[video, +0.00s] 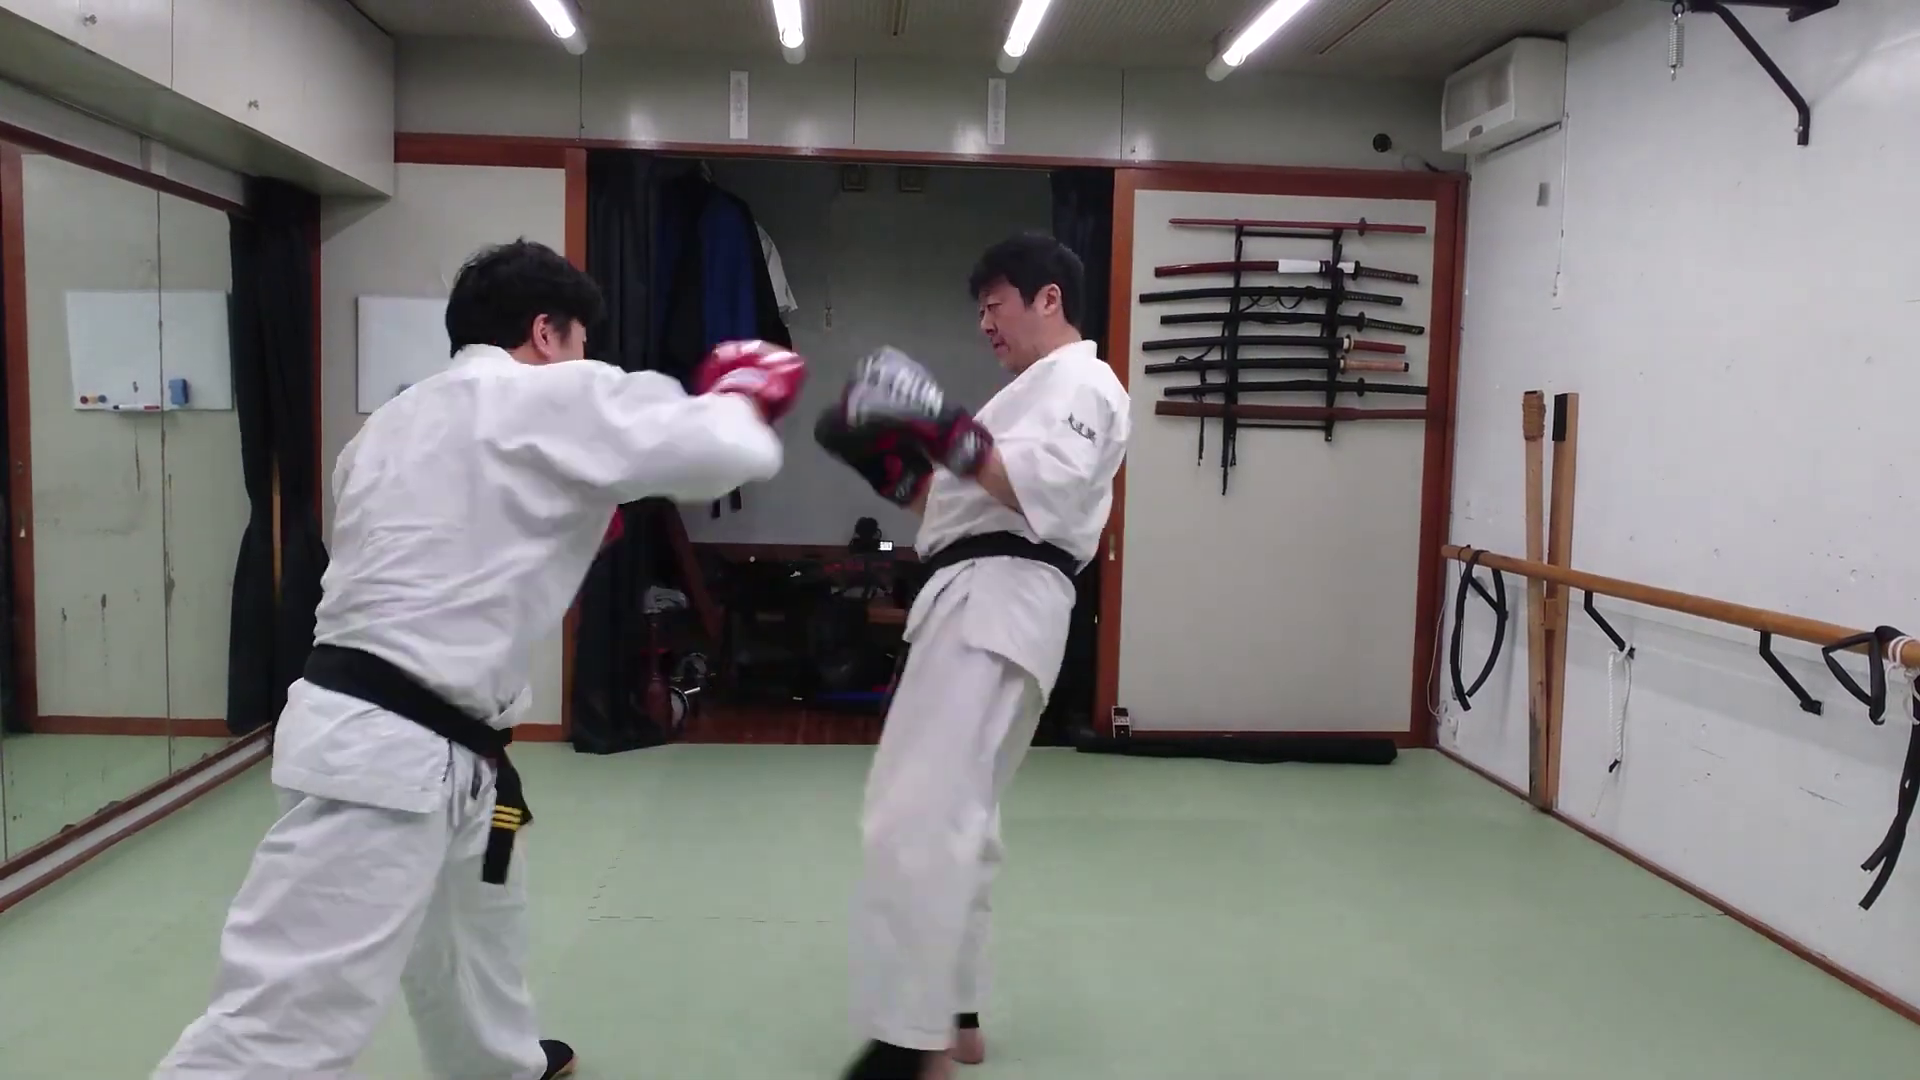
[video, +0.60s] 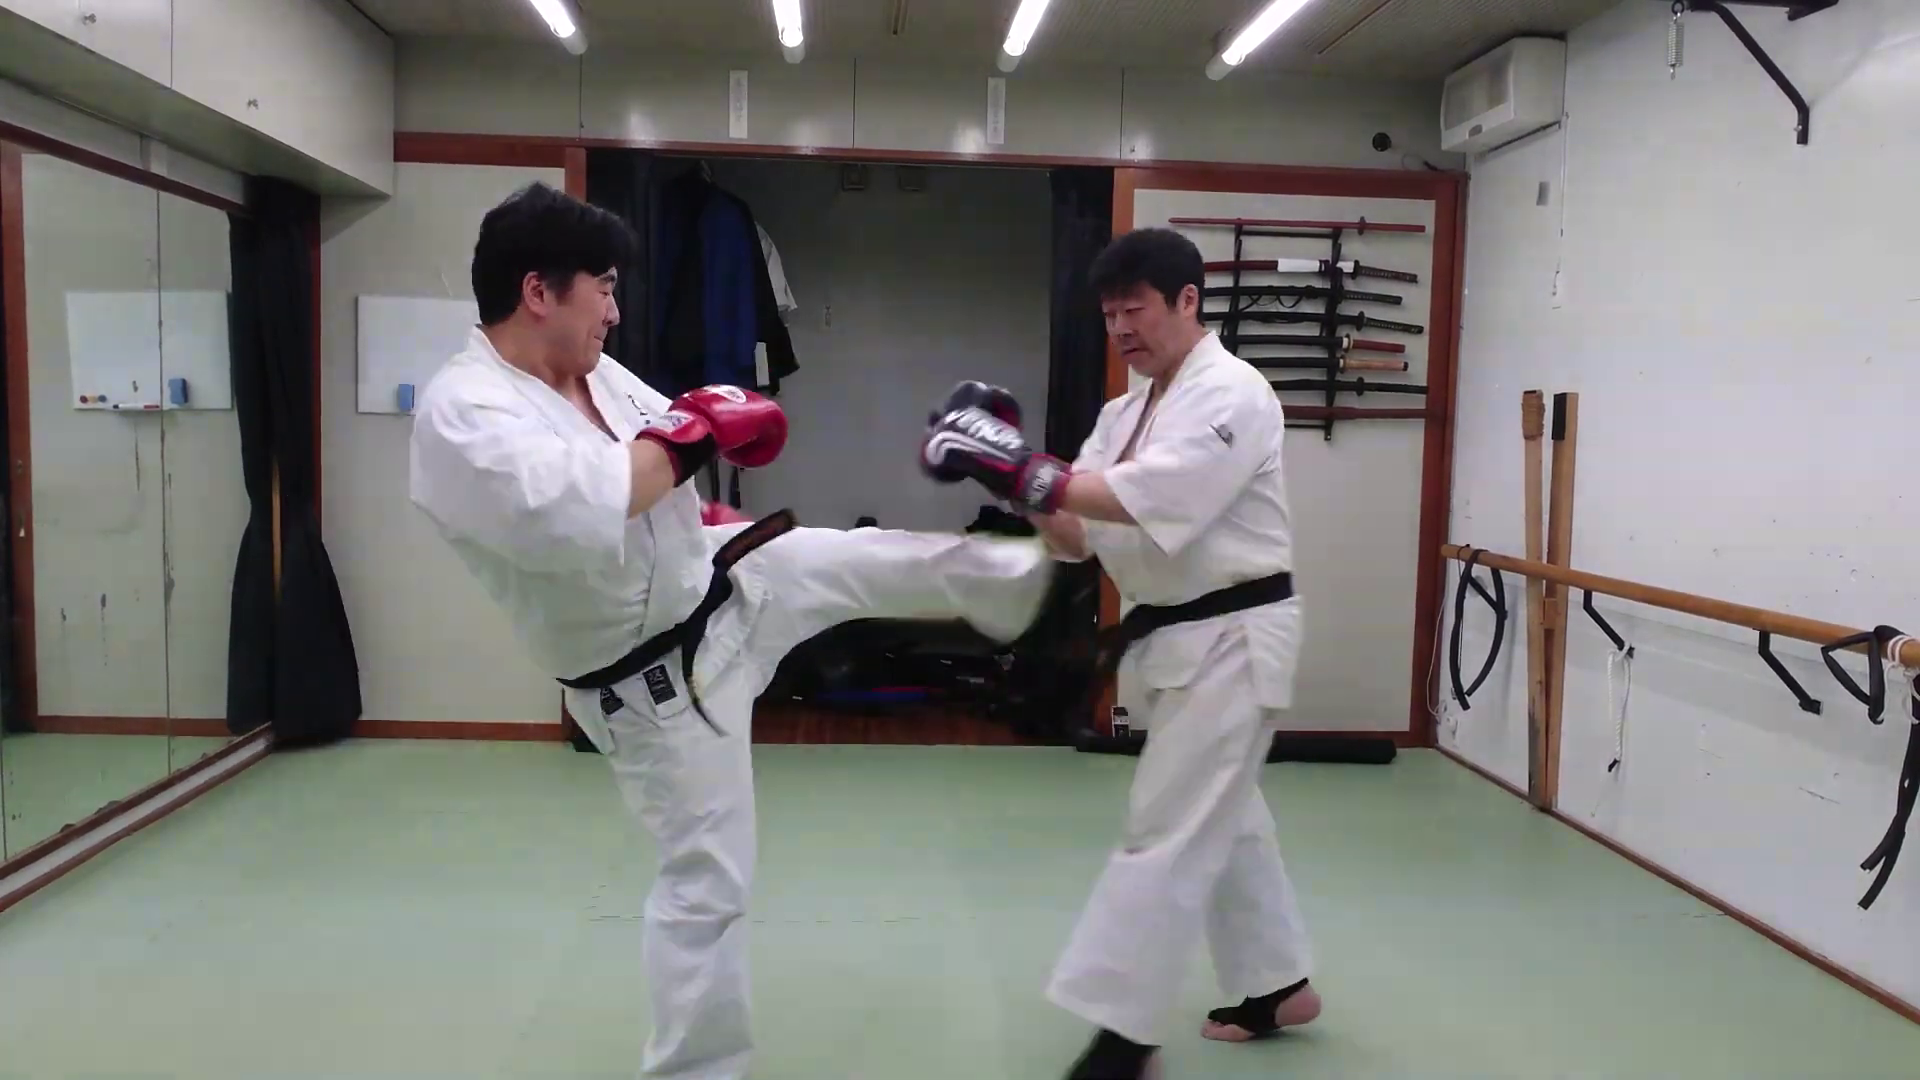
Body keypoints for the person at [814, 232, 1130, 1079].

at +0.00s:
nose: (987, 327)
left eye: (996, 306)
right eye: (983, 312)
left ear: (1048, 299)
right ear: (1042, 307)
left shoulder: (1080, 377)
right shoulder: (1035, 392)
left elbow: (1045, 484)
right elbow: (971, 509)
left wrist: (946, 431)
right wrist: (898, 472)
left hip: (998, 593)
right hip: (982, 592)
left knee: (914, 807)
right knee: (957, 811)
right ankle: (953, 1016)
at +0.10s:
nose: (988, 327)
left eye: (995, 309)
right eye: (984, 314)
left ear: (1044, 296)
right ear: (1043, 299)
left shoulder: (1075, 366)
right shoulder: (1030, 379)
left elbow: (953, 391)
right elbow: (932, 465)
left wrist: (897, 329)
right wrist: (882, 385)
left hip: (1038, 622)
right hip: (1001, 621)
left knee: (993, 828)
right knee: (947, 808)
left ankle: (1025, 1046)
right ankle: (953, 1003)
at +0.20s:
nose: (1005, 333)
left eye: (1012, 311)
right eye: (1001, 316)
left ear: (1060, 292)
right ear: (1063, 296)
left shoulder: (1085, 368)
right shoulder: (1068, 362)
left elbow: (926, 407)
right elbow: (953, 384)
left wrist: (833, 344)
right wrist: (888, 317)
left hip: (1068, 637)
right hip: (1015, 633)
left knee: (1024, 847)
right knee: (958, 813)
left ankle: (1023, 1051)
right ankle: (994, 981)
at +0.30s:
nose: (1028, 317)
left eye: (1036, 298)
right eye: (1026, 300)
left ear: (1090, 289)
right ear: (1090, 292)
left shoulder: (1105, 372)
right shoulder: (1073, 363)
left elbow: (976, 448)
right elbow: (967, 372)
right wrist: (927, 277)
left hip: (1082, 628)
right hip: (1032, 622)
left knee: (1044, 849)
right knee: (1020, 816)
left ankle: (1024, 1055)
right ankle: (1126, 949)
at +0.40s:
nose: (1053, 316)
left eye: (1066, 298)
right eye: (1052, 301)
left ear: (1121, 297)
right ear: (1113, 299)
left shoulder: (1139, 390)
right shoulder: (1093, 381)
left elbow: (1080, 524)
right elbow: (979, 379)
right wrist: (952, 287)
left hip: (1104, 640)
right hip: (1091, 632)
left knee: (1053, 857)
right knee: (1131, 825)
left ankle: (1026, 1055)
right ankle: (1235, 962)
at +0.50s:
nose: (1085, 328)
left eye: (1094, 309)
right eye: (1080, 313)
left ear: (1152, 298)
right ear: (1140, 304)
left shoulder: (1199, 395)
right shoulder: (1107, 387)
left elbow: (1193, 536)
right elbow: (998, 431)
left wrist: (1081, 540)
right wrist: (931, 388)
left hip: (1155, 647)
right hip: (1121, 640)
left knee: (1082, 849)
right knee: (1202, 819)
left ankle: (1023, 1051)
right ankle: (1278, 984)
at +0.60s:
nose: (1119, 329)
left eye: (1134, 309)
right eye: (1110, 314)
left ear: (1188, 302)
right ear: (1111, 317)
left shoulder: (1234, 394)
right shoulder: (1122, 412)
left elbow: (1161, 497)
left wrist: (1031, 477)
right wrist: (1013, 471)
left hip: (1237, 635)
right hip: (1166, 636)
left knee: (1167, 825)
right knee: (1220, 814)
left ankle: (1124, 1035)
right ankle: (1278, 986)